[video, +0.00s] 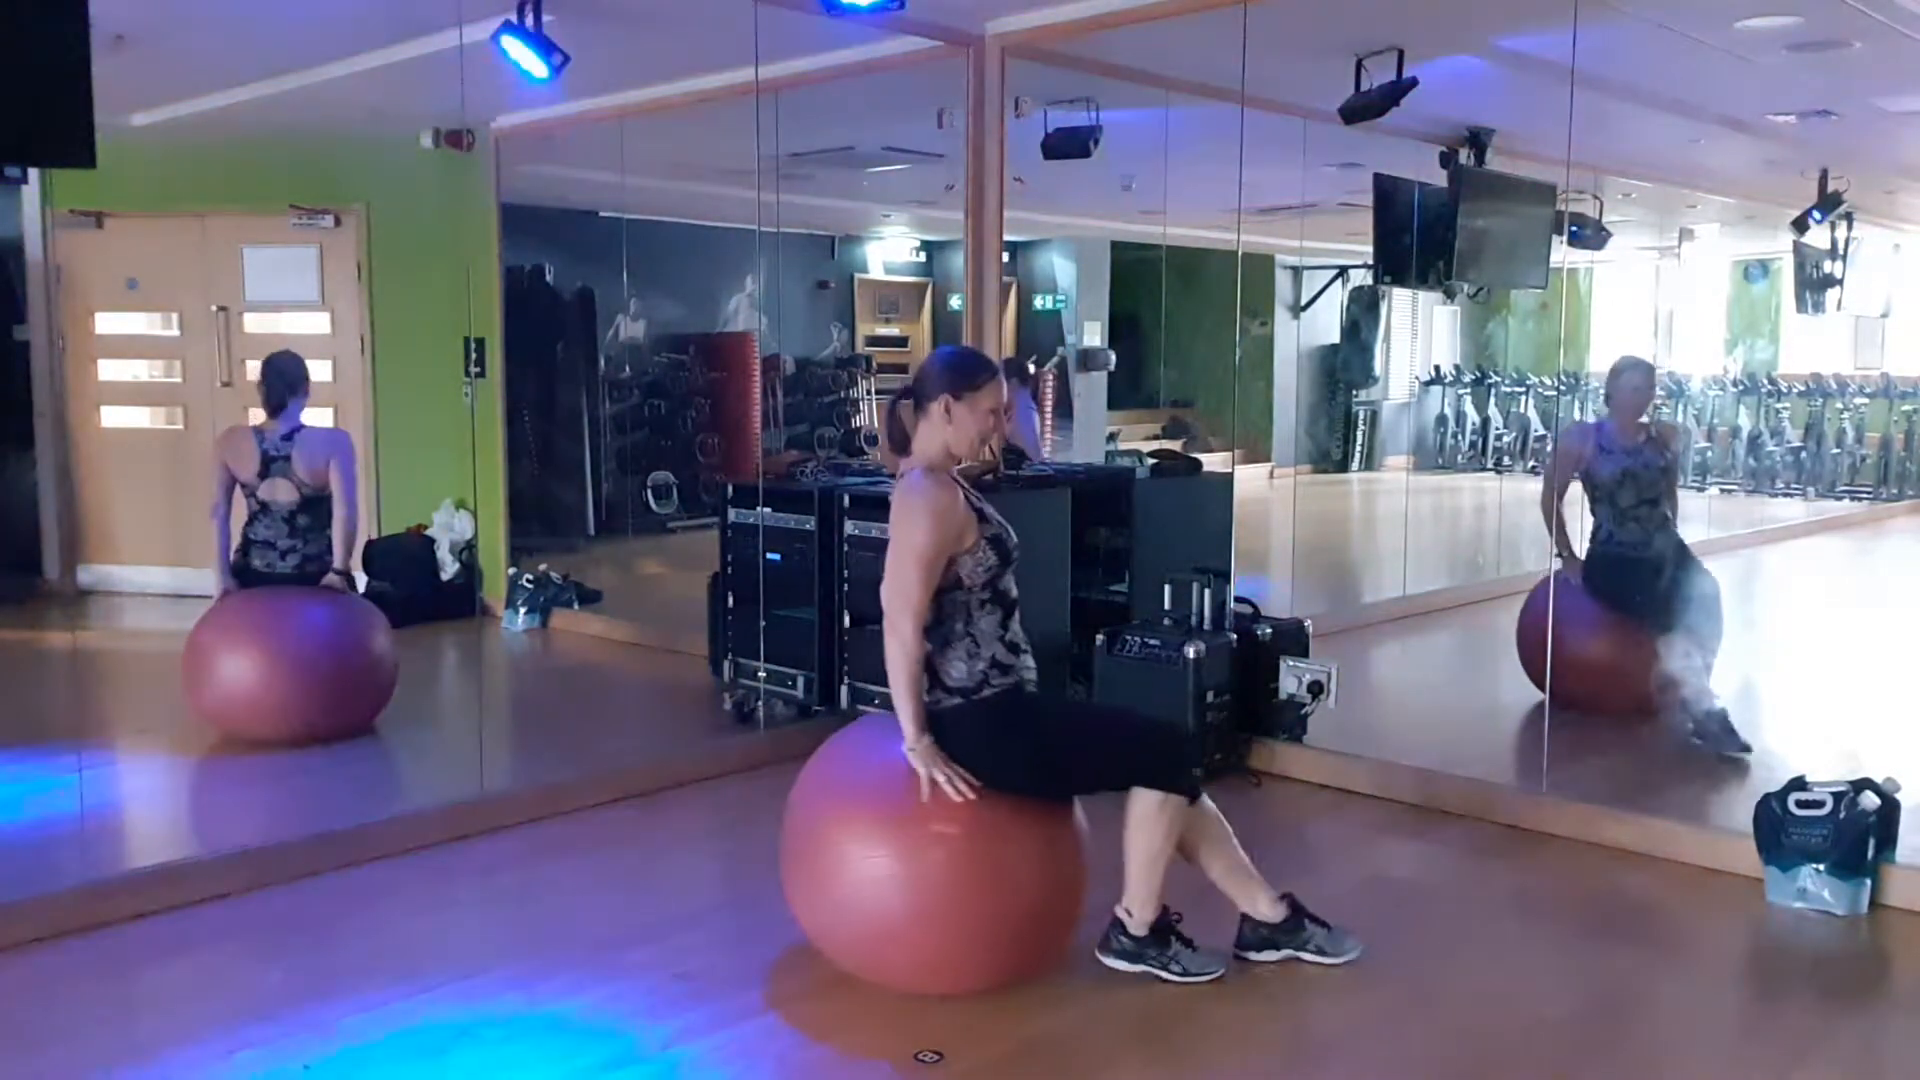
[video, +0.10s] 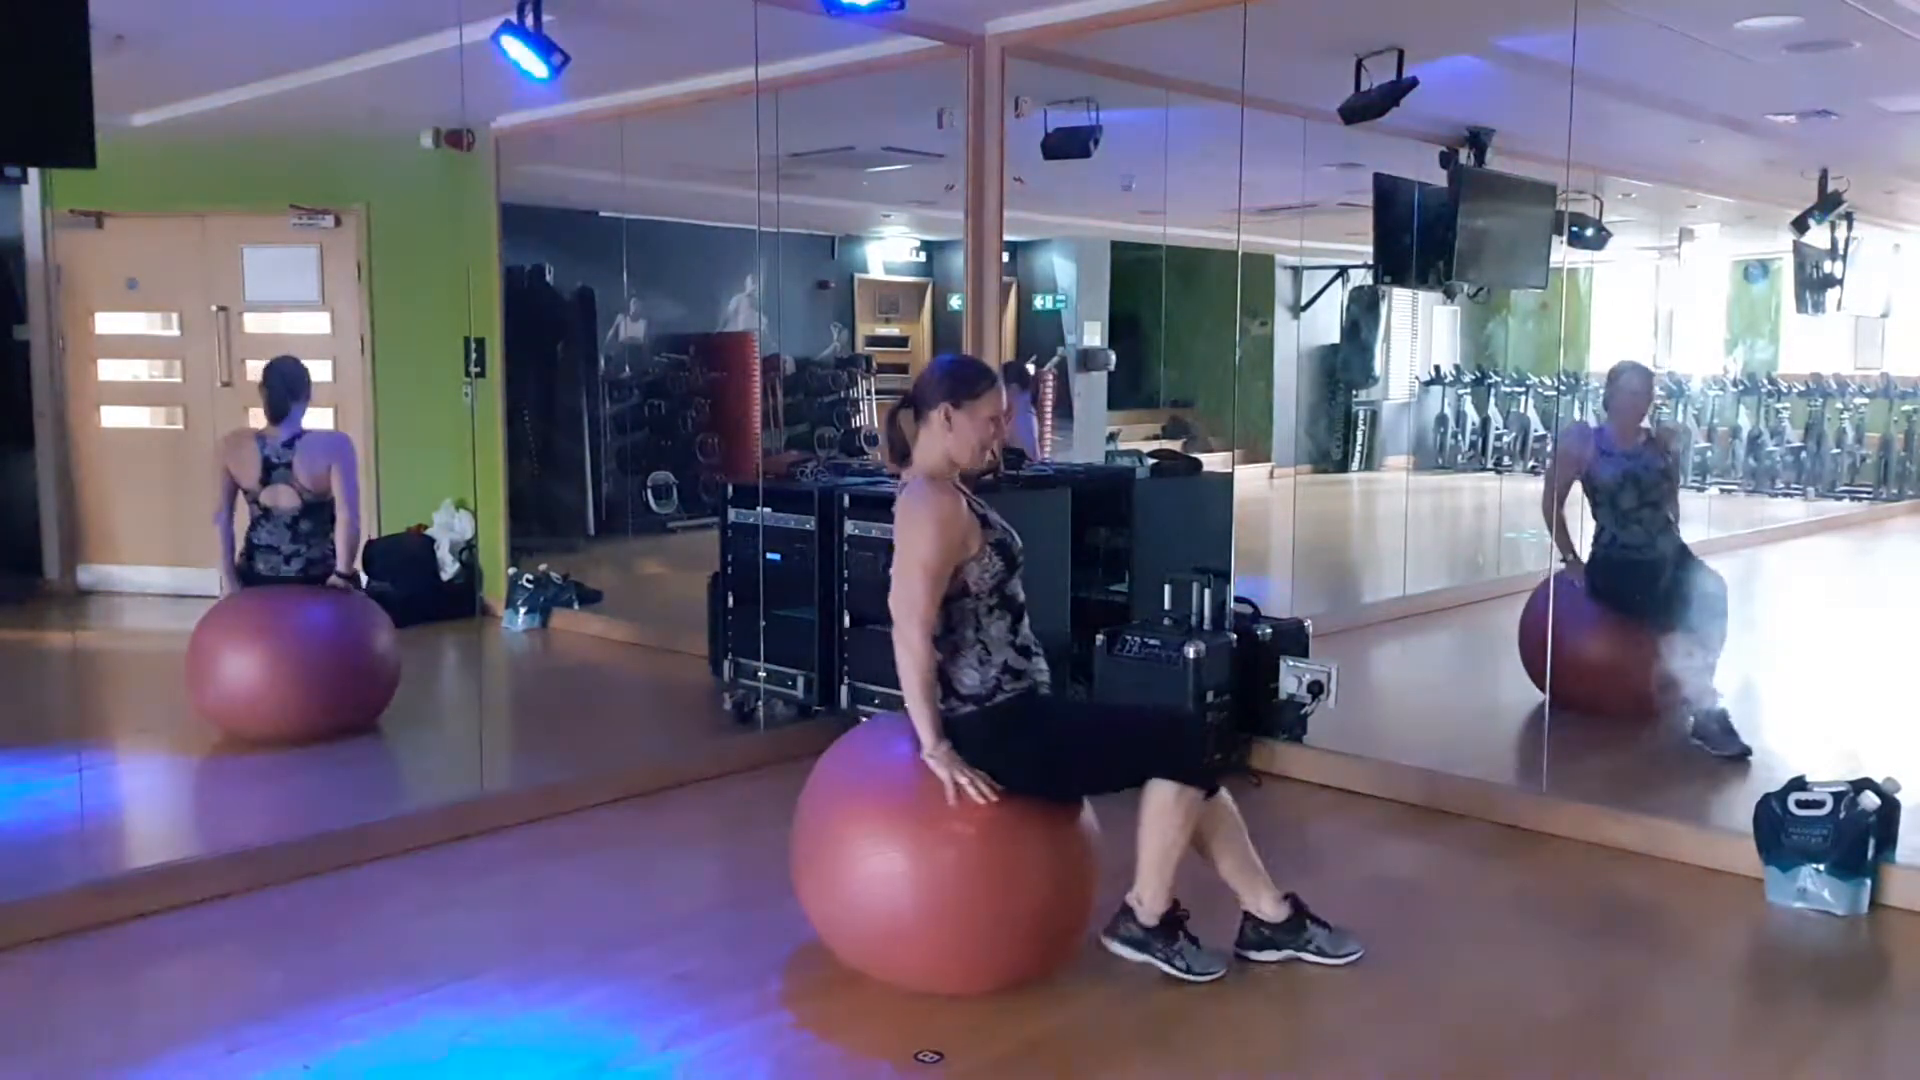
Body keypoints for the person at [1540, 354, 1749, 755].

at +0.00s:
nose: (1641, 398)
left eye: (1648, 390)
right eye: (1633, 389)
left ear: (1654, 395)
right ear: (1611, 392)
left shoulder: (1664, 437)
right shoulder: (1582, 438)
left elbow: (1670, 499)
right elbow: (1550, 499)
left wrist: (1671, 544)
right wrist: (1568, 555)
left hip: (1664, 551)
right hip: (1612, 556)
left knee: (1706, 594)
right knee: (1679, 607)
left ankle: (1694, 697)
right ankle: (1703, 711)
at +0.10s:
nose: (1638, 403)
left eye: (1645, 395)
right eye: (1629, 394)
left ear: (1652, 400)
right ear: (1609, 396)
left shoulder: (1662, 442)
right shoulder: (1582, 441)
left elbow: (1670, 504)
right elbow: (1552, 504)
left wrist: (1676, 549)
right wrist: (1572, 560)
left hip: (1668, 555)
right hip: (1616, 559)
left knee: (1713, 589)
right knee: (1686, 603)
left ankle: (1700, 699)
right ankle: (1706, 711)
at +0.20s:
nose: (1643, 407)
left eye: (1648, 399)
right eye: (1634, 398)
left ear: (1652, 403)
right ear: (1611, 400)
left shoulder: (1662, 447)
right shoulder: (1583, 443)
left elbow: (1671, 510)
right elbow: (1552, 509)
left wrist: (1680, 554)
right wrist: (1574, 562)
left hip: (1671, 559)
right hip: (1619, 564)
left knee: (1718, 584)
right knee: (1702, 599)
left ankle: (1707, 702)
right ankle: (1707, 712)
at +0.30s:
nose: (1645, 411)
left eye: (1649, 403)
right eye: (1637, 403)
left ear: (1650, 407)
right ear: (1611, 405)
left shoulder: (1663, 452)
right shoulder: (1583, 452)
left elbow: (1671, 514)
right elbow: (1552, 513)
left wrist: (1680, 555)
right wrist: (1579, 563)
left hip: (1672, 562)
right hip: (1622, 568)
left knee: (1719, 576)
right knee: (1698, 600)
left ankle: (1712, 706)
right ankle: (1707, 714)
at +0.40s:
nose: (1641, 413)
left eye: (1646, 406)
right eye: (1632, 405)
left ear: (1651, 412)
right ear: (1609, 408)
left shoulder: (1663, 458)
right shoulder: (1581, 460)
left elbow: (1674, 520)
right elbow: (1555, 520)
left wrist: (1686, 558)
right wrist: (1585, 569)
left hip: (1675, 566)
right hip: (1626, 573)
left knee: (1721, 573)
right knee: (1705, 599)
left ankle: (1718, 699)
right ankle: (1719, 713)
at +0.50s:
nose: (1644, 421)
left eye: (1647, 413)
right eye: (1635, 413)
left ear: (1649, 417)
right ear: (1609, 413)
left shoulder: (1665, 461)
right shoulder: (1581, 466)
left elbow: (1677, 522)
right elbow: (1557, 527)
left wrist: (1686, 559)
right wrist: (1588, 570)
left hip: (1679, 563)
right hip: (1630, 574)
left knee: (1723, 576)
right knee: (1712, 607)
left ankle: (1744, 689)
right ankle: (1715, 717)